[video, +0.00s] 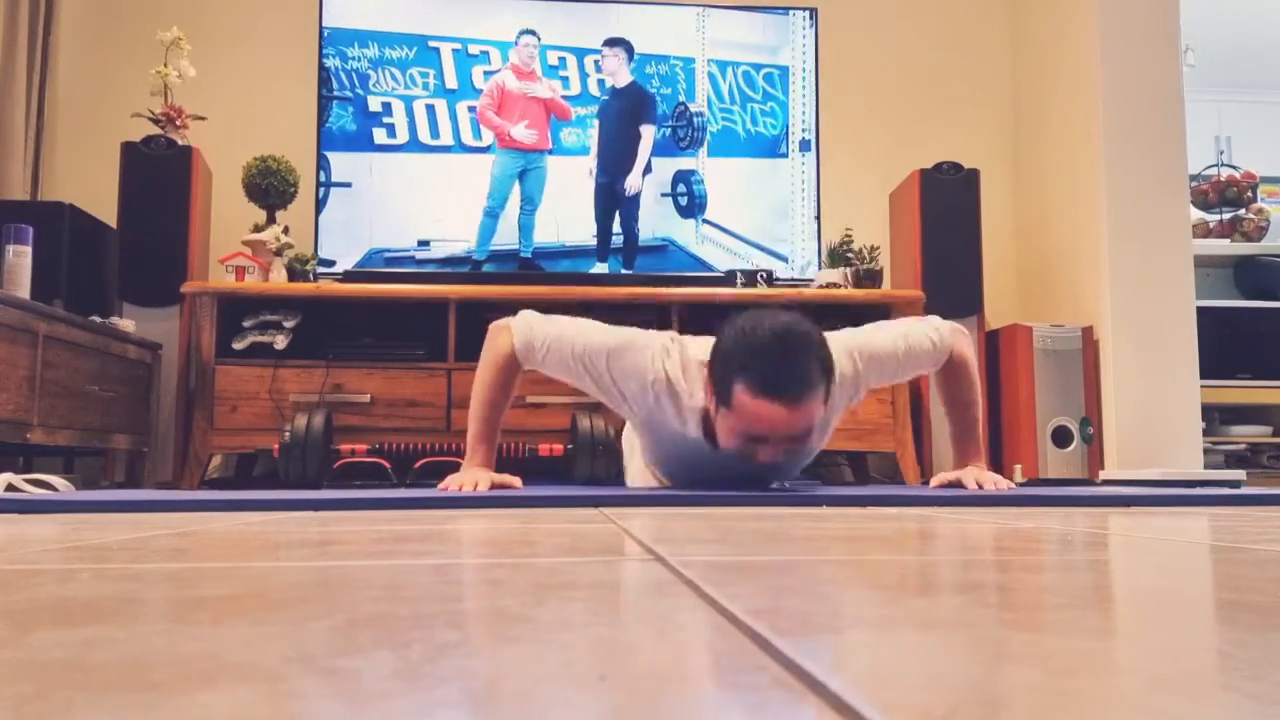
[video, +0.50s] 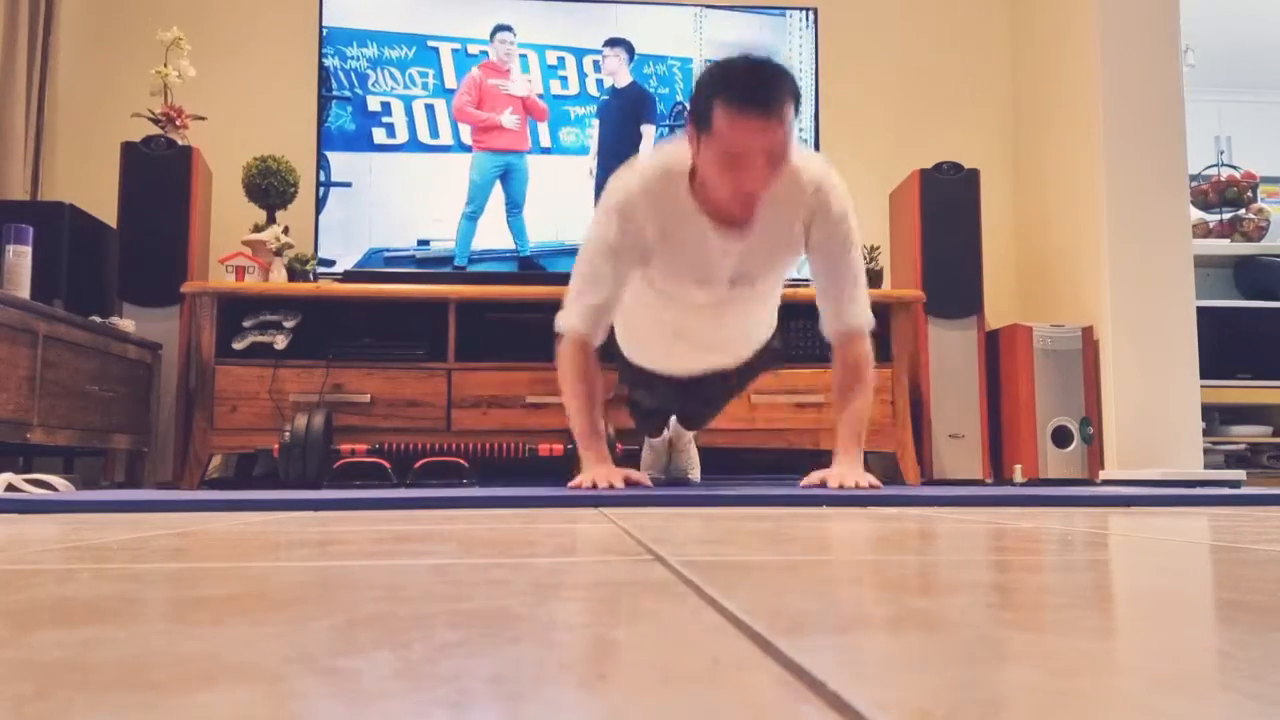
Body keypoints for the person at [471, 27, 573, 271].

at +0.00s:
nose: (531, 50)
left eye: (535, 46)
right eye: (526, 45)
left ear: (539, 51)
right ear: (515, 48)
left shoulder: (545, 84)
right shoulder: (501, 79)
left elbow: (568, 115)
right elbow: (483, 112)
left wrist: (548, 95)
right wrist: (510, 130)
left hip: (537, 156)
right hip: (508, 154)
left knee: (530, 207)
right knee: (494, 207)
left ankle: (526, 258)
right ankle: (479, 259)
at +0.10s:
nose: (528, 51)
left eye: (533, 48)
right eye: (524, 46)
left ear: (537, 53)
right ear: (513, 48)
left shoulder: (540, 83)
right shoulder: (498, 78)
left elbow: (562, 116)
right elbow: (479, 111)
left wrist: (545, 96)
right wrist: (507, 129)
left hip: (533, 155)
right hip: (504, 153)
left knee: (527, 206)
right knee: (488, 205)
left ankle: (525, 257)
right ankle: (467, 259)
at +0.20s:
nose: (526, 51)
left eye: (531, 47)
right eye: (521, 45)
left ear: (535, 52)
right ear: (511, 48)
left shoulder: (538, 82)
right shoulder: (497, 77)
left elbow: (559, 116)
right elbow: (476, 109)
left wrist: (543, 96)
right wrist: (505, 128)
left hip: (531, 156)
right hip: (502, 153)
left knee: (525, 207)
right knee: (484, 206)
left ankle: (525, 257)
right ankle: (464, 260)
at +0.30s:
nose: (520, 49)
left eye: (524, 45)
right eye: (515, 44)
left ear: (528, 50)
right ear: (504, 46)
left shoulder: (532, 81)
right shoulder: (489, 76)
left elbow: (553, 116)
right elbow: (470, 110)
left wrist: (536, 95)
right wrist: (505, 124)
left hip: (525, 156)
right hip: (495, 154)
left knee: (520, 208)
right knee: (478, 208)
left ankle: (524, 256)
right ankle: (460, 261)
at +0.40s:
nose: (512, 47)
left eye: (516, 43)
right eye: (507, 42)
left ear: (520, 48)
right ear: (496, 45)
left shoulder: (524, 79)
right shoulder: (481, 74)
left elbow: (546, 115)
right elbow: (463, 109)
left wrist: (530, 95)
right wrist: (501, 119)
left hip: (519, 155)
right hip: (489, 154)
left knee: (517, 209)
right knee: (474, 209)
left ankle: (524, 256)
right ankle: (459, 262)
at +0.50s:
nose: (508, 47)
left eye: (511, 43)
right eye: (502, 42)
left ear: (517, 47)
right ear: (491, 46)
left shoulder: (520, 77)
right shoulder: (478, 75)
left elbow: (543, 115)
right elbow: (460, 110)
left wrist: (526, 95)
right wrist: (498, 120)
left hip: (517, 155)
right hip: (487, 154)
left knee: (516, 209)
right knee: (473, 210)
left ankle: (525, 257)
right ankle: (460, 263)